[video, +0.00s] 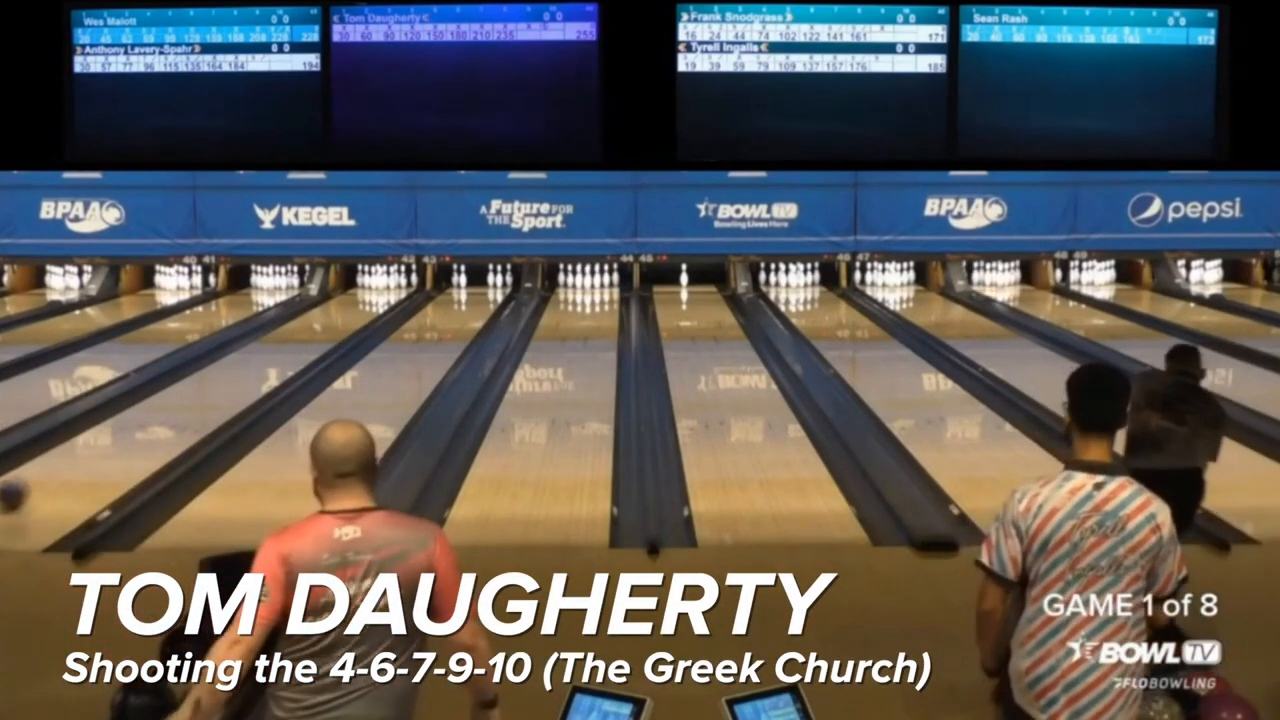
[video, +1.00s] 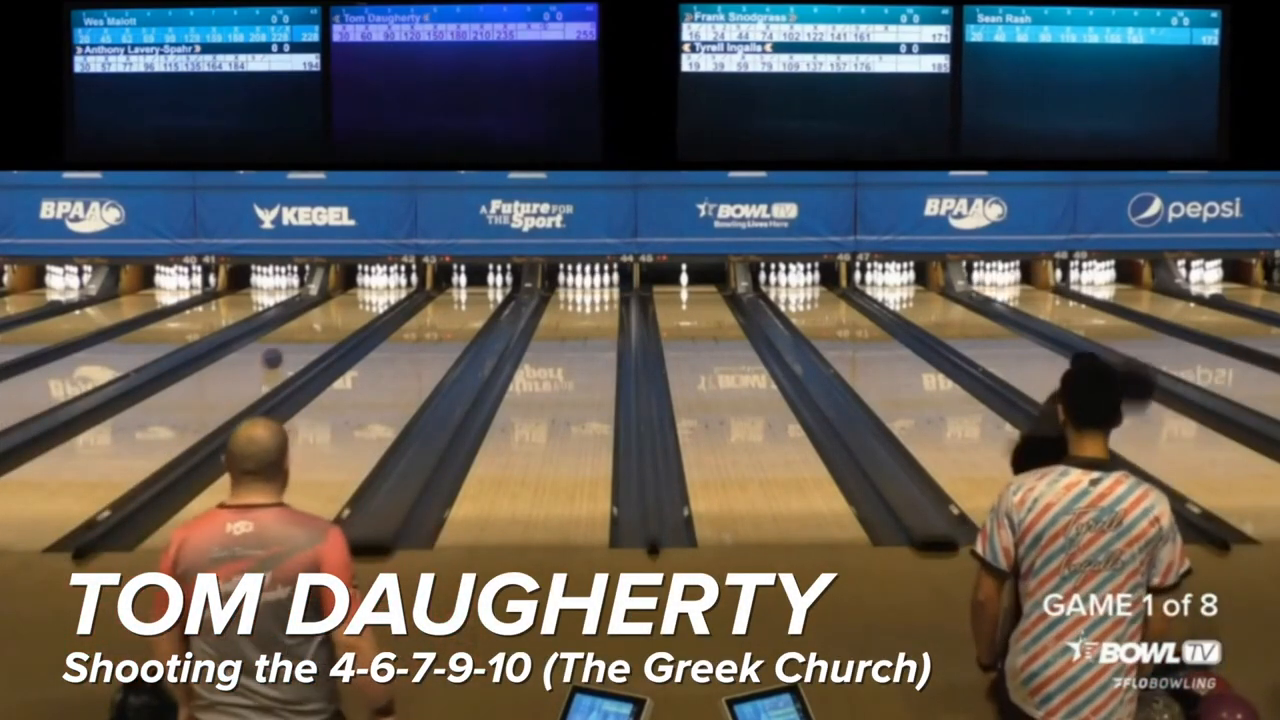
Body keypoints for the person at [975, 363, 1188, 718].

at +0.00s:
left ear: (1068, 416)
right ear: (1124, 419)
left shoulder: (1030, 503)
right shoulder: (1154, 512)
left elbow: (991, 605)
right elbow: (1162, 610)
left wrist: (993, 667)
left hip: (1036, 686)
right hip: (1115, 692)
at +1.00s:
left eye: (1060, 405)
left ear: (1061, 412)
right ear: (1118, 418)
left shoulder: (1023, 493)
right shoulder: (1152, 504)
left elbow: (986, 595)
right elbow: (1161, 606)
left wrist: (988, 660)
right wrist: (1141, 670)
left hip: (1032, 686)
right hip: (1110, 693)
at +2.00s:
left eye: (1057, 405)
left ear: (1059, 412)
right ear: (1116, 420)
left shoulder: (1020, 499)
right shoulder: (1143, 512)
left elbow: (983, 602)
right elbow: (1149, 614)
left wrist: (984, 666)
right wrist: (1141, 674)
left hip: (1026, 687)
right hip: (1104, 695)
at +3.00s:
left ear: (1069, 416)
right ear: (1125, 423)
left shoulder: (1029, 497)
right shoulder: (1151, 514)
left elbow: (992, 601)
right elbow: (1153, 616)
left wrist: (988, 669)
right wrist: (1137, 675)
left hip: (1032, 687)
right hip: (1108, 694)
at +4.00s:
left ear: (1007, 413)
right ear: (1060, 411)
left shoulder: (980, 501)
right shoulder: (1099, 498)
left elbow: (958, 607)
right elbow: (1119, 589)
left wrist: (966, 687)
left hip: (1016, 684)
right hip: (1086, 683)